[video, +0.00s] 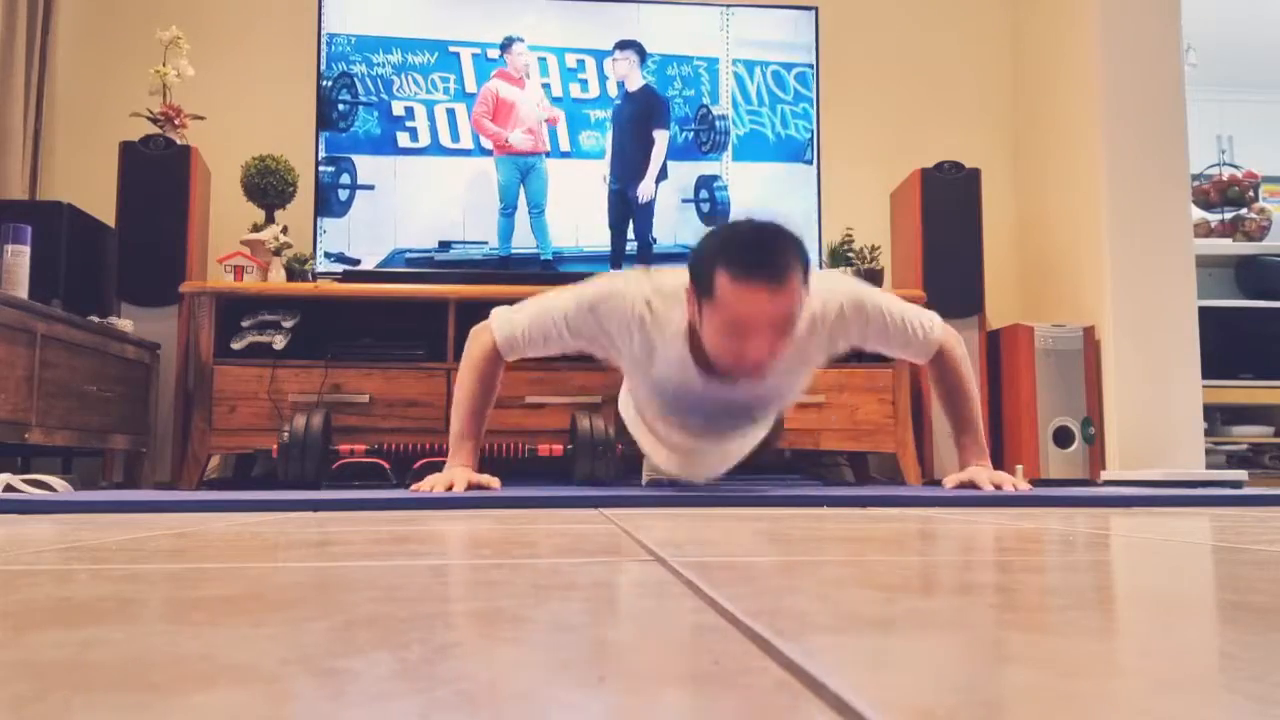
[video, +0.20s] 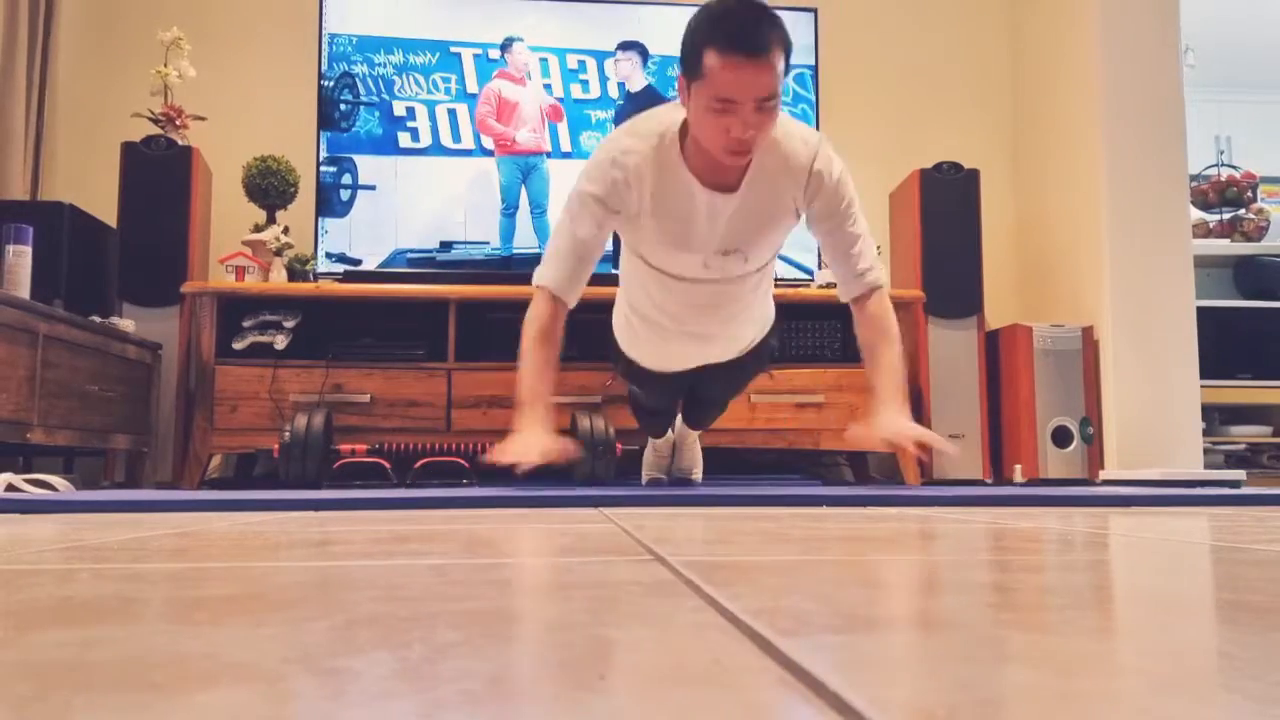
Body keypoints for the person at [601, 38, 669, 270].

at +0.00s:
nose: (615, 65)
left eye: (620, 60)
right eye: (613, 60)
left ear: (635, 62)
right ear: (614, 63)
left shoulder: (656, 101)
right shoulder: (620, 101)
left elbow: (661, 143)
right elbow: (612, 138)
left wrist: (650, 179)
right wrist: (608, 167)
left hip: (642, 180)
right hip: (618, 178)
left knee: (642, 235)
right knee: (617, 232)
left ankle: (643, 279)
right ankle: (615, 276)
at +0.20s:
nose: (616, 66)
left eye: (622, 61)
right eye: (616, 60)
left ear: (637, 64)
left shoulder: (658, 104)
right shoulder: (623, 104)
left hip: (647, 186)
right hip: (622, 187)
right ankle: (620, 272)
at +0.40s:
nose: (613, 64)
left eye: (619, 60)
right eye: (614, 60)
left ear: (634, 63)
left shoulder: (657, 100)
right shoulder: (621, 102)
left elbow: (662, 142)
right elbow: (613, 138)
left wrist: (651, 178)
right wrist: (609, 166)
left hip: (642, 178)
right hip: (618, 177)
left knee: (643, 235)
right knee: (617, 235)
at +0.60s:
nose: (614, 64)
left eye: (620, 60)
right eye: (613, 60)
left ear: (634, 63)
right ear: (615, 64)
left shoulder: (655, 101)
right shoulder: (619, 101)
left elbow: (660, 142)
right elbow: (611, 137)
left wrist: (649, 177)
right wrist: (607, 164)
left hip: (640, 176)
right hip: (617, 175)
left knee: (641, 230)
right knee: (615, 228)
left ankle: (641, 275)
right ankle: (613, 271)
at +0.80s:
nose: (607, 63)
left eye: (612, 58)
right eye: (608, 58)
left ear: (628, 61)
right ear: (624, 62)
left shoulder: (650, 98)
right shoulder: (616, 99)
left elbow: (656, 138)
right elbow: (608, 135)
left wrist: (645, 175)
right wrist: (603, 162)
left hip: (635, 178)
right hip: (612, 176)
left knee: (636, 236)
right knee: (613, 234)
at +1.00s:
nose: (606, 63)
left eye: (612, 58)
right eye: (606, 58)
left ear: (627, 61)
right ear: (610, 61)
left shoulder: (645, 97)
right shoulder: (611, 99)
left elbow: (653, 135)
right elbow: (603, 134)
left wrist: (646, 164)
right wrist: (600, 163)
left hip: (637, 166)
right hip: (612, 166)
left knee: (633, 218)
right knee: (607, 216)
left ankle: (634, 262)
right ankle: (605, 261)